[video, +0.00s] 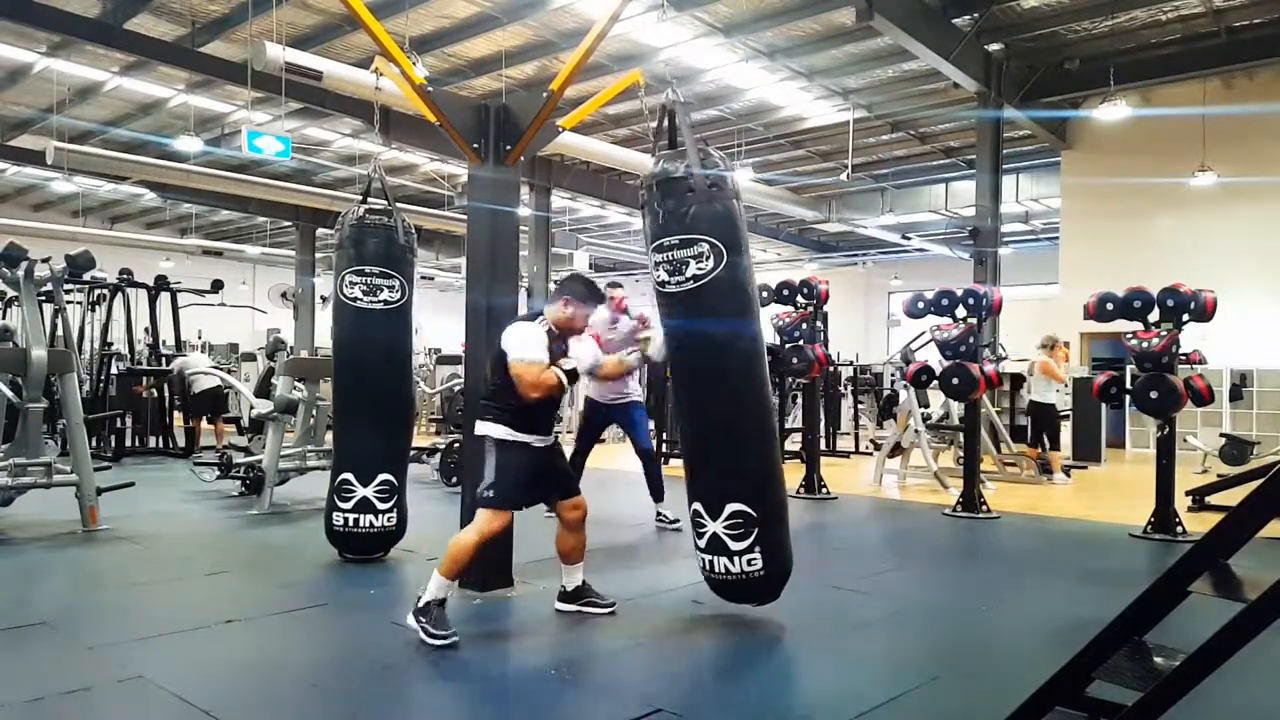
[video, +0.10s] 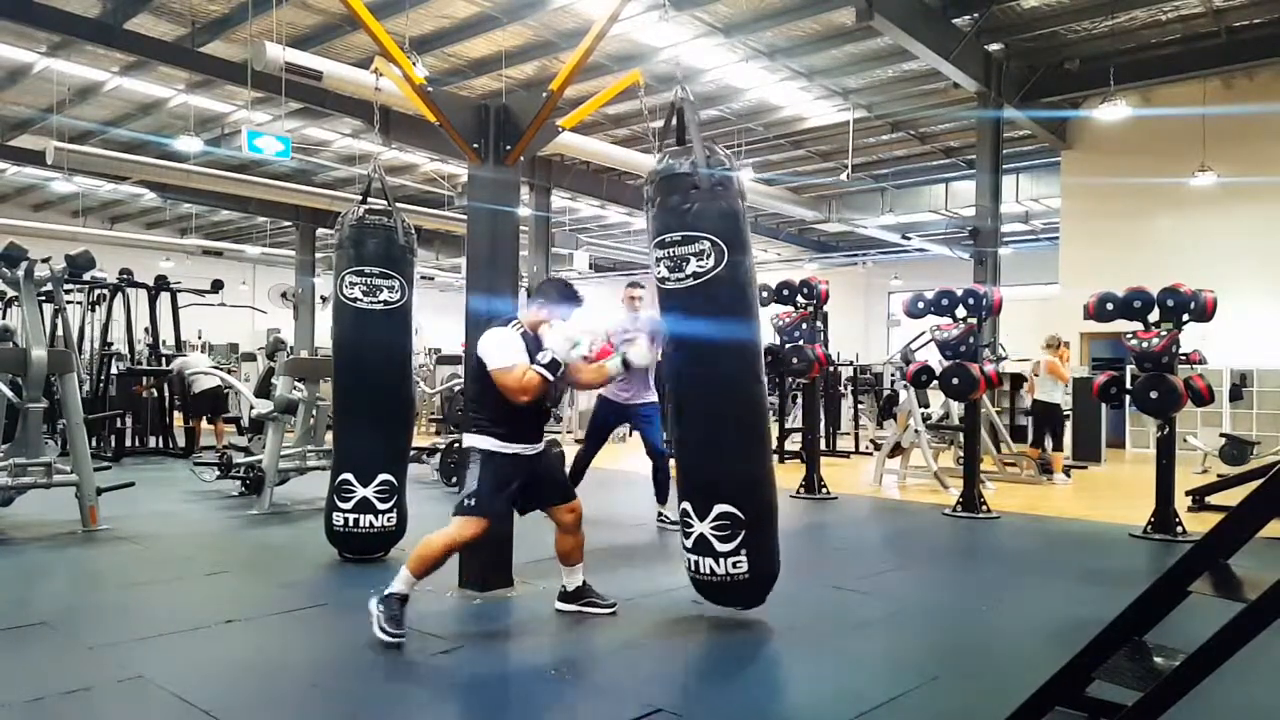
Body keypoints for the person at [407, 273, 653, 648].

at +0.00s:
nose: (588, 324)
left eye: (591, 318)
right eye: (586, 316)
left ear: (570, 308)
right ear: (565, 305)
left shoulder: (571, 342)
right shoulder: (523, 333)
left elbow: (604, 369)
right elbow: (532, 387)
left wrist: (638, 355)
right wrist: (574, 368)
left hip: (544, 444)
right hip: (504, 442)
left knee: (574, 511)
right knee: (492, 522)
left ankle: (572, 590)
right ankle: (429, 603)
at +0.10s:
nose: (563, 324)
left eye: (566, 318)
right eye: (560, 315)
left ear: (552, 313)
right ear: (540, 307)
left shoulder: (546, 344)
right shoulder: (498, 339)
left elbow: (582, 377)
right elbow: (524, 391)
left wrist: (622, 361)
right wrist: (554, 356)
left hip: (533, 453)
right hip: (490, 452)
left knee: (570, 515)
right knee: (469, 529)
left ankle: (573, 589)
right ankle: (394, 595)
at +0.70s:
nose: (461, 307)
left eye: (464, 299)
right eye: (457, 297)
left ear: (445, 290)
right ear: (431, 285)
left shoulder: (446, 328)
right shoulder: (382, 316)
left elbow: (443, 381)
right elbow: (372, 373)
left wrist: (462, 400)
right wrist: (429, 365)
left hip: (432, 440)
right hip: (376, 444)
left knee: (474, 510)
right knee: (345, 532)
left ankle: (473, 582)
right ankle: (307, 611)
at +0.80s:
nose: (457, 299)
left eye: (460, 291)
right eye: (452, 290)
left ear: (439, 284)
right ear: (426, 280)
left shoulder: (440, 320)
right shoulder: (378, 310)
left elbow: (441, 369)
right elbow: (373, 365)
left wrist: (472, 375)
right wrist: (430, 354)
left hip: (426, 437)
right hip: (371, 440)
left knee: (458, 513)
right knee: (341, 529)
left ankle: (487, 596)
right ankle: (307, 611)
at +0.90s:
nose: (458, 304)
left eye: (461, 296)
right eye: (454, 294)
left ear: (440, 290)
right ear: (426, 284)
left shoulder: (445, 328)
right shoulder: (378, 321)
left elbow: (484, 358)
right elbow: (381, 377)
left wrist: (524, 350)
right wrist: (442, 364)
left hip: (423, 447)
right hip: (369, 448)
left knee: (453, 523)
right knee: (339, 532)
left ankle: (484, 602)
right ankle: (306, 614)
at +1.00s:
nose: (472, 303)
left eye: (474, 295)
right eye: (468, 294)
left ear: (458, 290)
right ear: (441, 284)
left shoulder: (461, 325)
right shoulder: (392, 318)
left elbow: (507, 348)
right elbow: (383, 377)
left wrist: (552, 339)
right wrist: (439, 395)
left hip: (432, 445)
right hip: (379, 445)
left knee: (464, 518)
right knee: (349, 532)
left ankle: (482, 603)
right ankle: (311, 609)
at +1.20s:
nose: (508, 308)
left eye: (510, 300)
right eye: (505, 298)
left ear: (491, 292)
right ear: (486, 288)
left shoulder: (481, 322)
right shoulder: (456, 305)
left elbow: (458, 369)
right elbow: (480, 335)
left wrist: (490, 384)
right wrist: (526, 339)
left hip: (462, 442)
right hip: (418, 441)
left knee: (486, 522)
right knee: (383, 532)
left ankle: (484, 609)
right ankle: (323, 601)